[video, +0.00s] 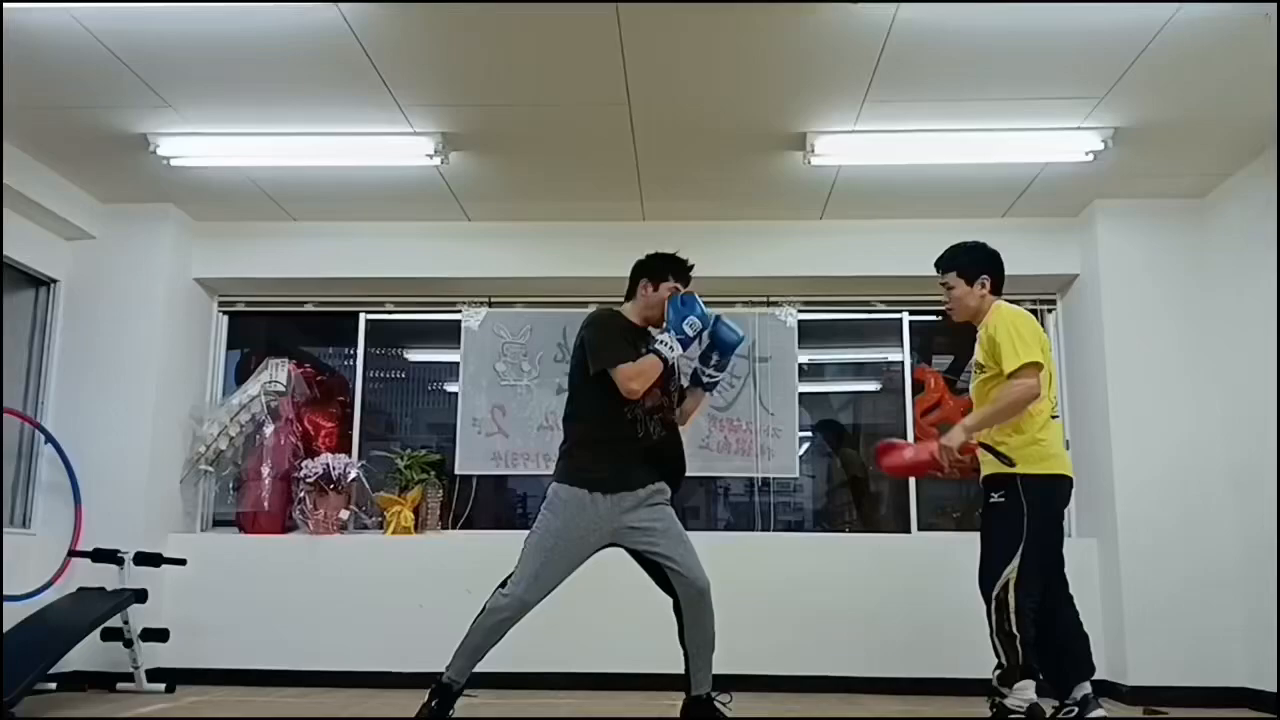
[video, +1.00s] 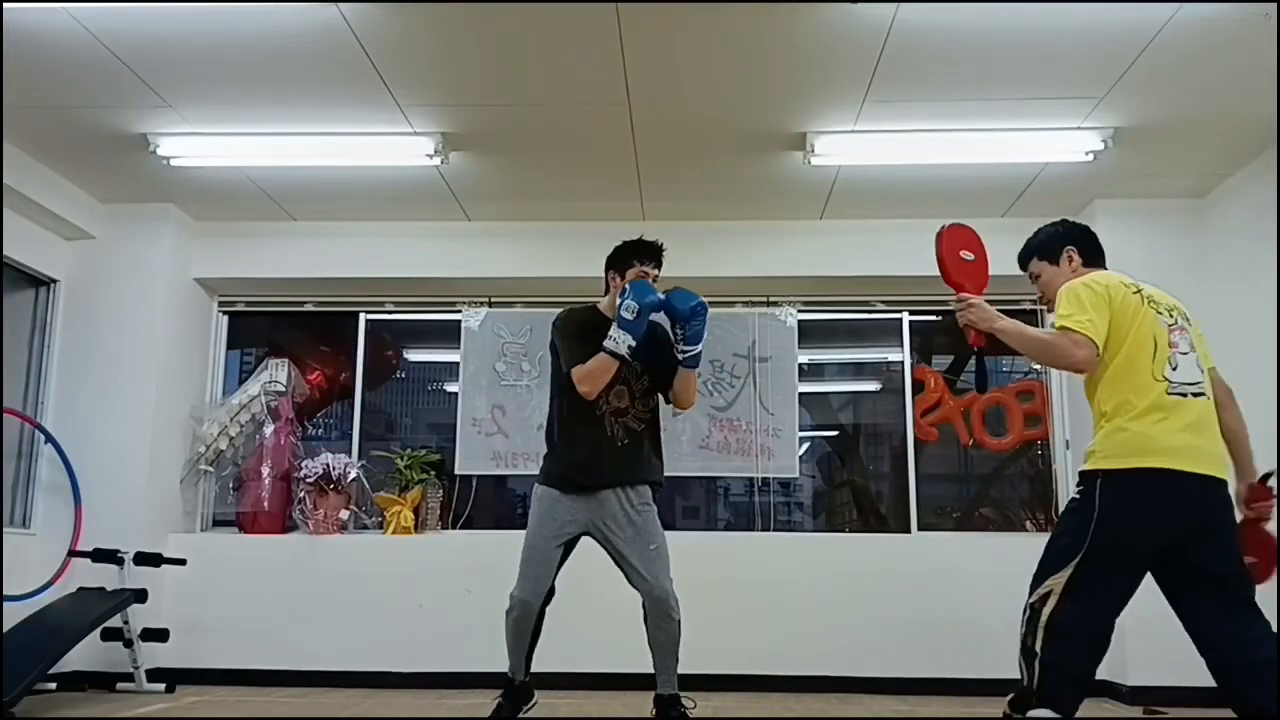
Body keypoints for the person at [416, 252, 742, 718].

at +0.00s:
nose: (682, 301)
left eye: (685, 295)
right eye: (676, 292)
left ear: (660, 295)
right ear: (647, 288)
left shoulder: (658, 346)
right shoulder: (603, 324)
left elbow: (676, 418)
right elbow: (631, 384)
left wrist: (709, 372)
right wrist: (674, 339)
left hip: (646, 502)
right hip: (579, 499)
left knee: (695, 587)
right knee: (518, 595)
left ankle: (699, 701)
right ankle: (444, 693)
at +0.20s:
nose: (650, 291)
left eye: (653, 284)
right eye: (645, 281)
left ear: (637, 287)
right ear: (615, 280)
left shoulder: (630, 341)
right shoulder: (574, 320)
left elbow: (629, 415)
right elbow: (590, 380)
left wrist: (674, 392)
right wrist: (642, 346)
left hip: (621, 497)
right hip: (551, 492)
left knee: (671, 591)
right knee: (489, 590)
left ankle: (698, 696)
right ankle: (432, 691)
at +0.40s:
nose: (611, 293)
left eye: (613, 287)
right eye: (602, 285)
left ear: (613, 299)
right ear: (574, 291)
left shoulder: (604, 361)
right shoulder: (535, 339)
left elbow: (627, 425)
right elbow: (547, 397)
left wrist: (659, 391)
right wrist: (593, 348)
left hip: (582, 507)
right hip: (516, 505)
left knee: (639, 593)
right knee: (469, 606)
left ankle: (649, 700)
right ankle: (418, 702)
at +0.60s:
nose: (620, 269)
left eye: (623, 264)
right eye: (611, 261)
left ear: (623, 275)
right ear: (583, 267)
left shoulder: (622, 329)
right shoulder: (545, 319)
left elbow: (646, 402)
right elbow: (543, 381)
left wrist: (667, 360)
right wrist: (593, 337)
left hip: (600, 483)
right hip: (530, 482)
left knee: (648, 578)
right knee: (486, 586)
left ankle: (673, 688)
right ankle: (440, 688)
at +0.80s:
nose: (637, 299)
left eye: (642, 293)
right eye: (629, 289)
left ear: (643, 301)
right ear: (601, 293)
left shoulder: (641, 353)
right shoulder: (563, 344)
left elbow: (672, 419)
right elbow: (572, 406)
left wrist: (681, 365)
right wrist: (611, 354)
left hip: (623, 510)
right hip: (556, 509)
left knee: (661, 608)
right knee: (513, 609)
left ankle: (670, 704)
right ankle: (466, 700)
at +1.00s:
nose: (646, 289)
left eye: (653, 282)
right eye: (639, 280)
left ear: (658, 287)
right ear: (612, 280)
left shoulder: (656, 333)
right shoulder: (574, 322)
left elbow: (683, 400)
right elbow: (586, 385)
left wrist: (689, 344)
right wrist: (626, 326)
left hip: (628, 491)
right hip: (561, 490)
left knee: (662, 596)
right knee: (525, 598)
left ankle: (668, 698)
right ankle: (517, 687)